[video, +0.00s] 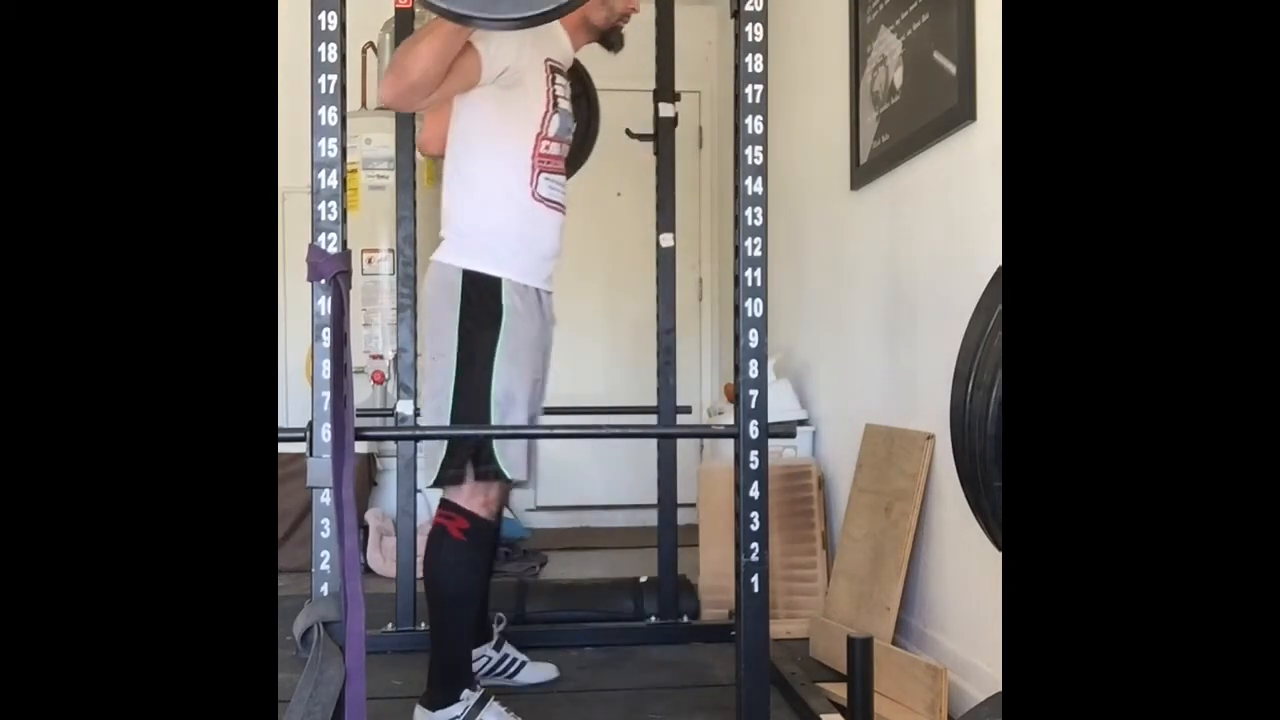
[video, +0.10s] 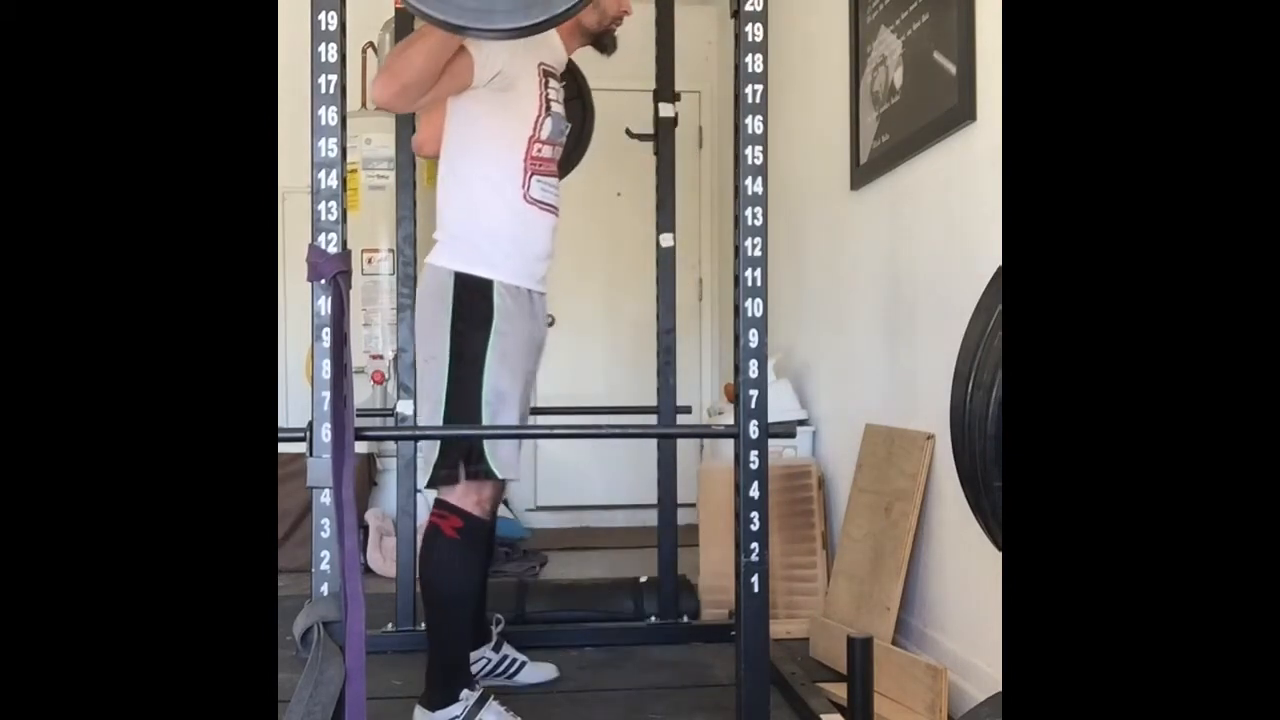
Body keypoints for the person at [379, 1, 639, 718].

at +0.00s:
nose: (635, 10)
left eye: (636, 5)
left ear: (602, 9)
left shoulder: (551, 57)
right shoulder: (509, 31)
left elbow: (434, 134)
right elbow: (397, 90)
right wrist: (453, 14)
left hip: (518, 286)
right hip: (480, 283)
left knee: (492, 484)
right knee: (472, 489)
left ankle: (475, 646)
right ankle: (445, 696)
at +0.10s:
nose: (625, 11)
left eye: (626, 7)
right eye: (619, 1)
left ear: (597, 15)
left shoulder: (552, 64)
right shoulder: (499, 34)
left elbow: (426, 138)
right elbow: (390, 92)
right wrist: (450, 14)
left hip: (513, 288)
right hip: (473, 283)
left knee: (486, 483)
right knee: (466, 486)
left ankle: (476, 648)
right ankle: (443, 696)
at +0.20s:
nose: (615, 21)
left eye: (614, 15)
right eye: (609, 10)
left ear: (586, 20)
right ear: (576, 4)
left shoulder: (540, 66)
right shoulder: (498, 43)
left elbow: (423, 139)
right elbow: (387, 95)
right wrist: (457, 18)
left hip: (508, 289)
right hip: (469, 285)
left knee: (485, 481)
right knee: (461, 485)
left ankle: (473, 646)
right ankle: (442, 694)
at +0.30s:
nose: (614, 19)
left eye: (612, 12)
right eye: (608, 8)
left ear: (581, 18)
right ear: (576, 6)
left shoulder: (540, 72)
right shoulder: (495, 49)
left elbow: (420, 142)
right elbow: (384, 99)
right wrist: (456, 20)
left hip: (507, 292)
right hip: (466, 289)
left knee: (482, 482)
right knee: (461, 486)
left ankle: (473, 647)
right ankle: (444, 694)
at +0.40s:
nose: (610, 16)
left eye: (609, 10)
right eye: (606, 6)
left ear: (579, 15)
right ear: (578, 5)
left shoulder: (536, 70)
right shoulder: (490, 48)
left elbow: (421, 142)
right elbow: (381, 101)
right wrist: (450, 20)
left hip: (508, 289)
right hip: (467, 285)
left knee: (485, 479)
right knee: (461, 482)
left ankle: (473, 647)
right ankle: (446, 694)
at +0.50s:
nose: (605, 13)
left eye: (604, 7)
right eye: (599, 4)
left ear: (574, 14)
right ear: (568, 3)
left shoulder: (534, 69)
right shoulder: (486, 48)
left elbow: (419, 143)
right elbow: (379, 100)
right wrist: (448, 19)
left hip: (509, 292)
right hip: (468, 288)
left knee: (483, 481)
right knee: (462, 484)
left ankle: (474, 647)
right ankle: (447, 693)